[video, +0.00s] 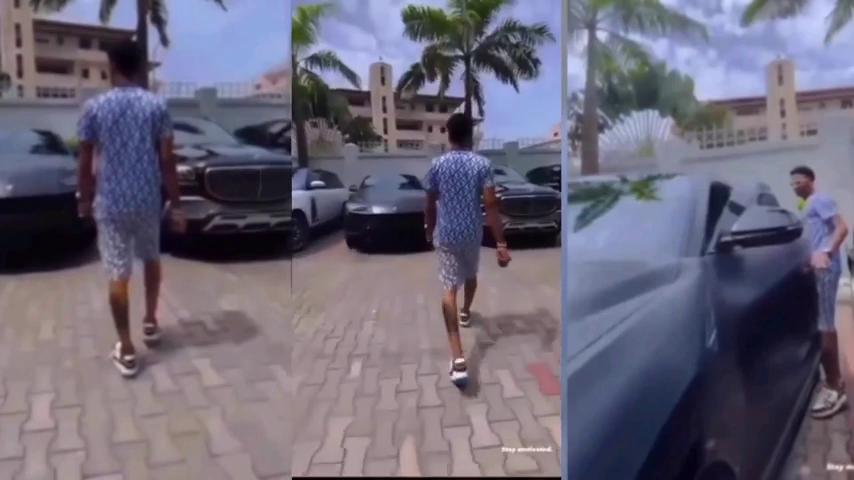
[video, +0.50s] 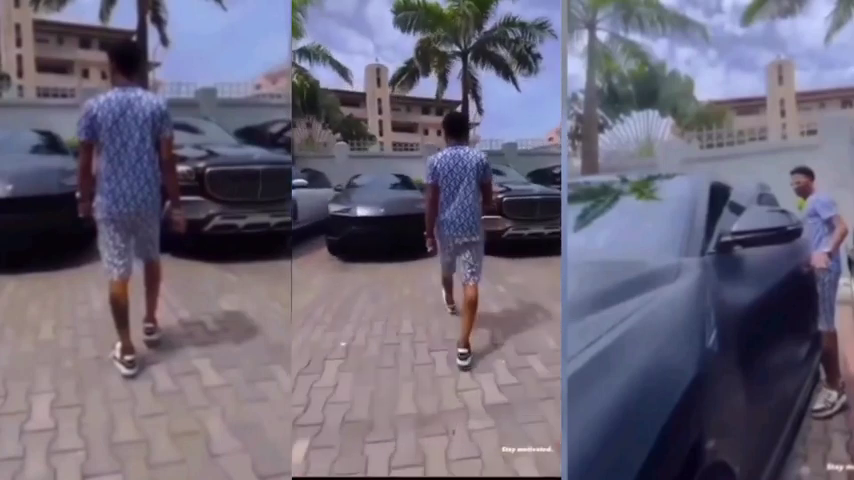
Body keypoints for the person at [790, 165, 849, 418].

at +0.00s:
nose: (796, 187)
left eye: (799, 183)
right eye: (793, 184)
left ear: (811, 181)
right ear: (797, 185)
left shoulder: (821, 201)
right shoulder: (809, 205)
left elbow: (842, 227)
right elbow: (820, 234)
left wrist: (827, 253)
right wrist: (810, 255)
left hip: (825, 268)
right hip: (815, 268)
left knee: (825, 327)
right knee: (822, 327)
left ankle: (834, 388)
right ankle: (830, 385)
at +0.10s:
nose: (796, 187)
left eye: (799, 183)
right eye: (793, 184)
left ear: (811, 181)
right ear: (797, 185)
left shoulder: (821, 201)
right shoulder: (809, 205)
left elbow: (842, 227)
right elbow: (820, 234)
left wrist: (827, 253)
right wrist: (810, 255)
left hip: (825, 268)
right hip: (815, 268)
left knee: (825, 327)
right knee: (822, 327)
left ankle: (834, 388)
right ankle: (830, 385)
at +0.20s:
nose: (796, 187)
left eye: (799, 183)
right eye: (793, 184)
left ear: (811, 181)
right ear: (797, 185)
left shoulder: (821, 201)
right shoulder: (809, 205)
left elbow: (842, 227)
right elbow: (820, 234)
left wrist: (827, 253)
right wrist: (810, 255)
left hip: (825, 268)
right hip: (815, 268)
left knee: (825, 327)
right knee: (822, 327)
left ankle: (834, 388)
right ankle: (830, 385)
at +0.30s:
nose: (796, 187)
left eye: (799, 183)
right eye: (793, 184)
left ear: (811, 181)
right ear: (797, 185)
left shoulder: (821, 201)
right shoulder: (809, 205)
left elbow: (842, 227)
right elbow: (820, 234)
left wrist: (827, 253)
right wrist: (810, 255)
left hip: (825, 268)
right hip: (815, 268)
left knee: (825, 327)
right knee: (822, 327)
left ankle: (834, 388)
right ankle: (830, 385)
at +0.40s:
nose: (796, 187)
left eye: (799, 183)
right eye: (793, 184)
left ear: (811, 181)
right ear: (797, 185)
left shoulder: (821, 201)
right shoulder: (809, 205)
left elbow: (842, 227)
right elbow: (820, 234)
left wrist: (827, 253)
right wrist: (810, 255)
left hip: (825, 268)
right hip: (815, 268)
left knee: (825, 327)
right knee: (822, 327)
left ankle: (834, 388)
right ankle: (830, 385)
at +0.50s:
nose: (796, 187)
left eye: (799, 183)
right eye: (793, 184)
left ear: (811, 181)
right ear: (797, 185)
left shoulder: (821, 201)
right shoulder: (809, 205)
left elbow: (842, 227)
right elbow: (820, 234)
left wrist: (827, 253)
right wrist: (810, 255)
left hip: (825, 268)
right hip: (815, 268)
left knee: (825, 327)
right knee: (822, 327)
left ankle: (834, 388)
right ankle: (830, 385)